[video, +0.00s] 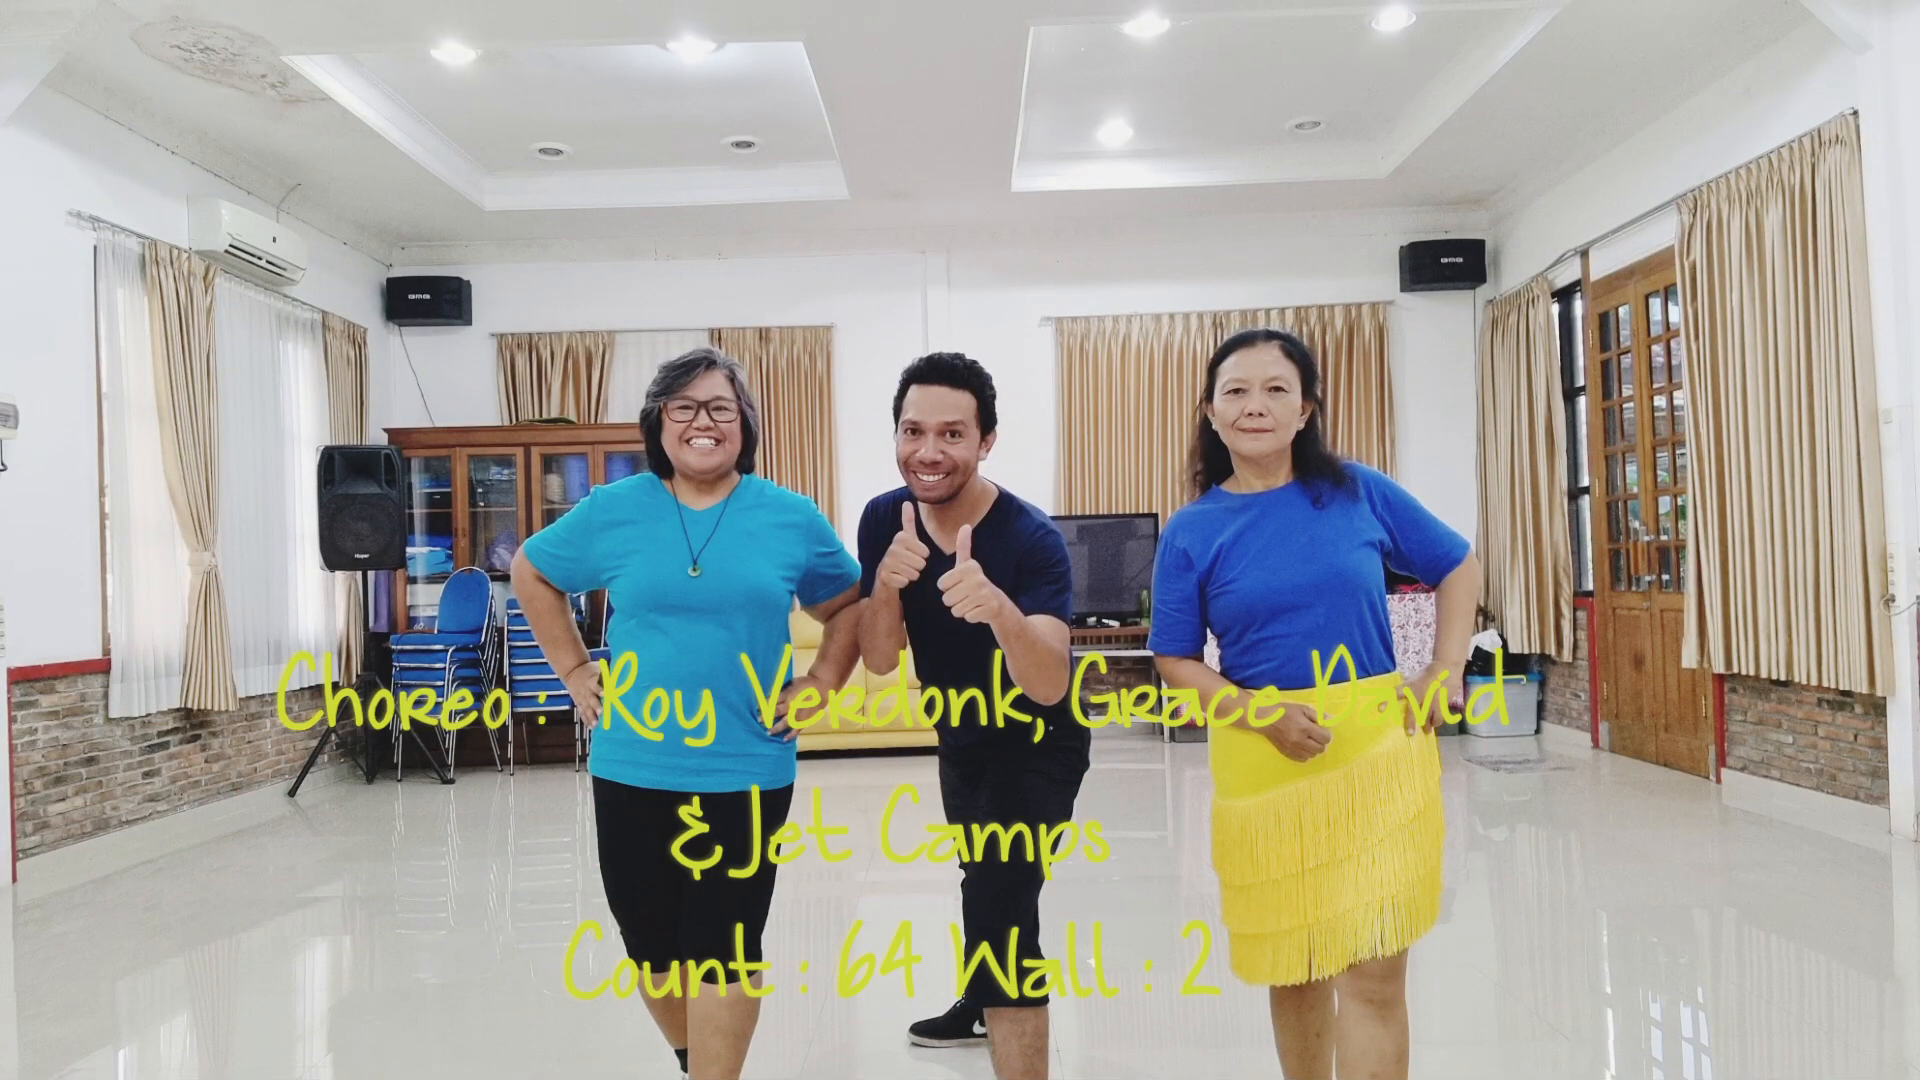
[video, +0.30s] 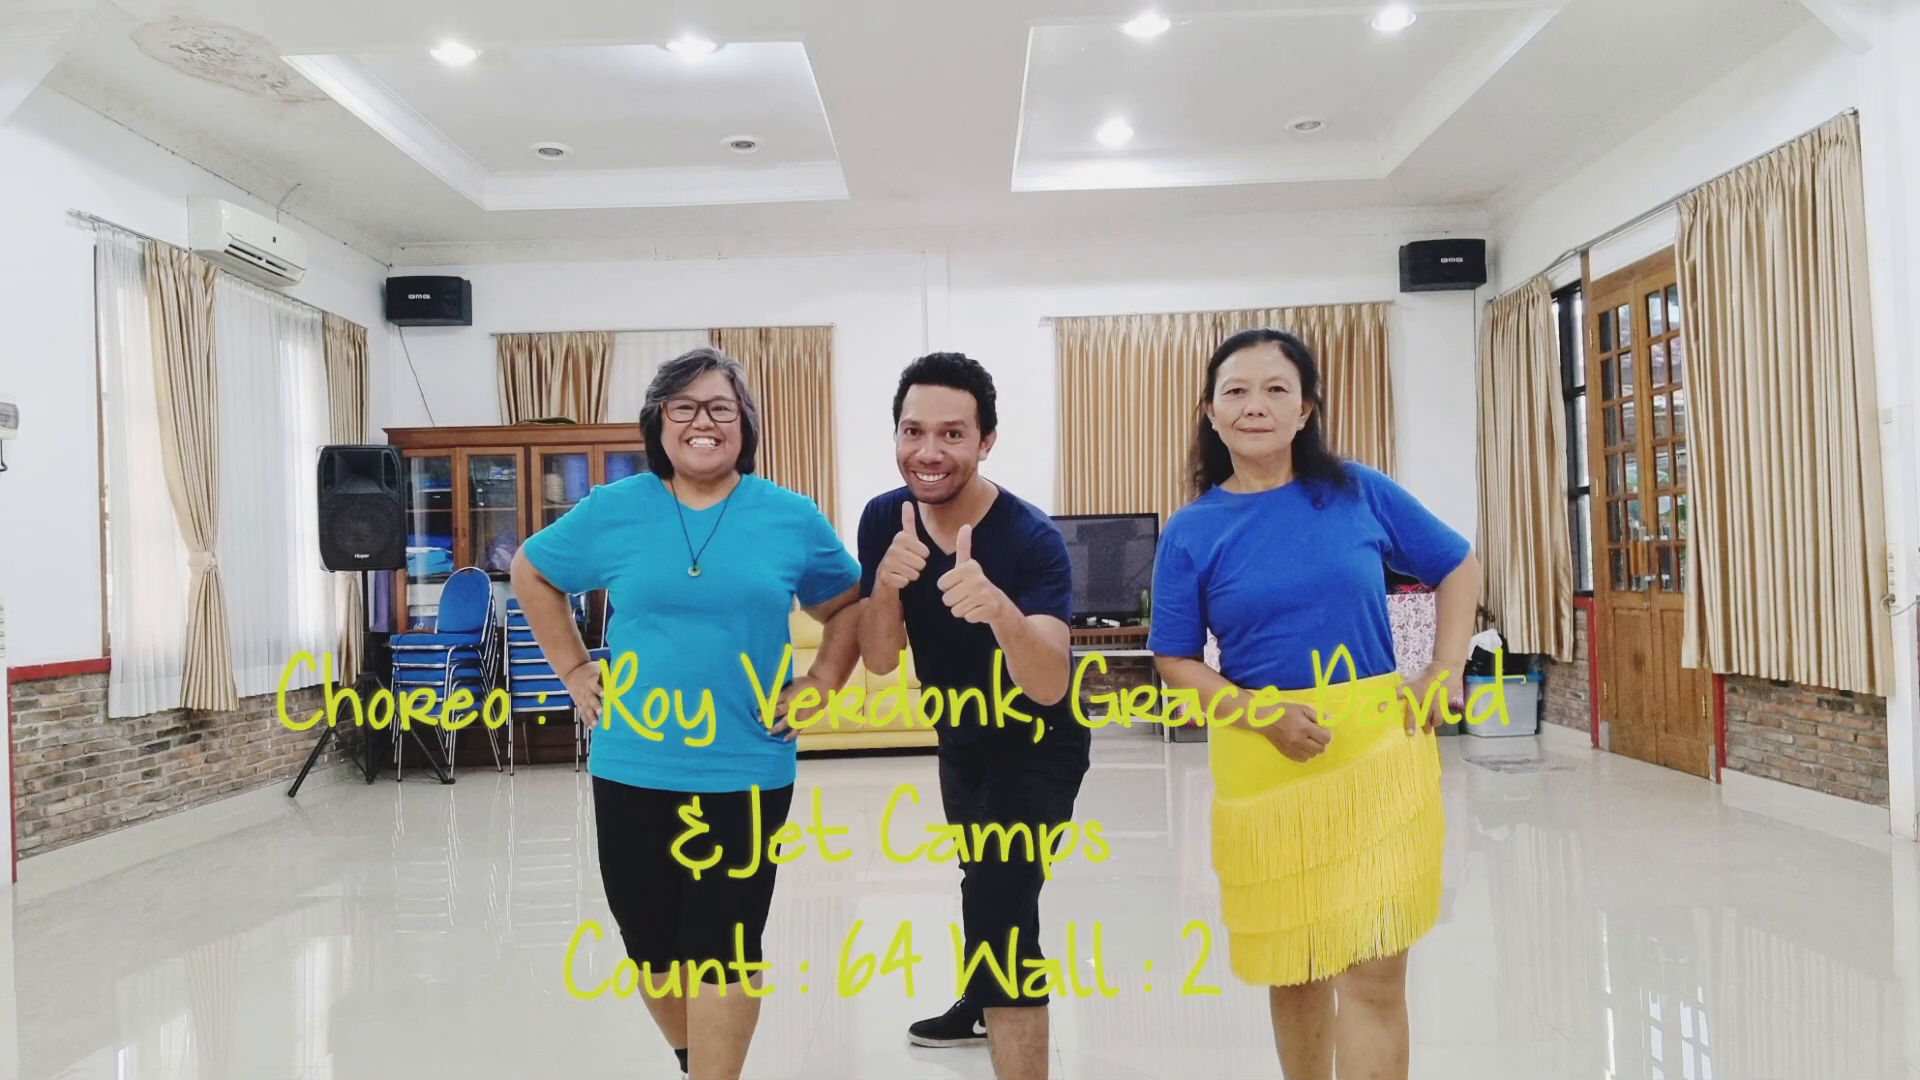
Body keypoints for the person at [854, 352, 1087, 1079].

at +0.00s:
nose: (930, 453)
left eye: (952, 436)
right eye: (914, 433)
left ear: (986, 444)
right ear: (896, 439)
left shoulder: (1031, 541)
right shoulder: (885, 521)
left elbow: (1050, 684)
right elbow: (880, 660)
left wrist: (1001, 612)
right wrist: (883, 589)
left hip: (1039, 743)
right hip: (961, 741)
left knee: (1002, 924)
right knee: (980, 878)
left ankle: (1023, 1070)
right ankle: (986, 1003)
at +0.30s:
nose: (929, 453)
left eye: (951, 436)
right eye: (914, 433)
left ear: (986, 444)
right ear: (896, 438)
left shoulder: (1031, 541)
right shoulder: (886, 521)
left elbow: (1050, 684)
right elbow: (880, 660)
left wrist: (1002, 613)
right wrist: (883, 588)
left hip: (1040, 742)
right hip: (960, 741)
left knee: (1001, 920)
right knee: (981, 878)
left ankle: (1023, 1070)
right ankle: (985, 1002)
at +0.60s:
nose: (929, 453)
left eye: (951, 436)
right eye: (914, 433)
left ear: (986, 444)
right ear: (896, 438)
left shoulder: (1031, 541)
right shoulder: (886, 521)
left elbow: (1050, 684)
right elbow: (880, 660)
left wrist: (1002, 612)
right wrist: (883, 588)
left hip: (1040, 742)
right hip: (960, 741)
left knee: (1001, 920)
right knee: (981, 878)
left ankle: (1023, 1071)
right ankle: (985, 1002)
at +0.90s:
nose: (929, 453)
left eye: (951, 436)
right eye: (914, 433)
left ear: (986, 444)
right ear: (896, 438)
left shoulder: (1031, 541)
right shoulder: (886, 521)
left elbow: (1050, 684)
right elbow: (880, 660)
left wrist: (1002, 612)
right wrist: (883, 588)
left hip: (1040, 742)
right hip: (960, 741)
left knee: (1001, 920)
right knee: (981, 878)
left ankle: (1023, 1071)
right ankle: (985, 1002)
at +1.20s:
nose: (930, 453)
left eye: (952, 436)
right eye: (915, 433)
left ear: (986, 444)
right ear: (896, 439)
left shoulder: (1031, 541)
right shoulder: (885, 521)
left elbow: (1050, 684)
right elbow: (880, 660)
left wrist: (1001, 612)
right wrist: (883, 589)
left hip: (1039, 742)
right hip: (961, 741)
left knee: (1001, 923)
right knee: (981, 878)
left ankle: (1023, 1070)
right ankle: (986, 1003)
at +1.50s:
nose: (929, 453)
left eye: (950, 435)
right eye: (914, 433)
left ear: (983, 443)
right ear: (895, 440)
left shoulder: (1012, 515)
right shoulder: (886, 518)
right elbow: (879, 659)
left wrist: (987, 592)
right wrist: (884, 583)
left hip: (1028, 720)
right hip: (958, 723)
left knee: (1021, 865)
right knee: (973, 863)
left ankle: (1019, 1001)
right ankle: (975, 995)